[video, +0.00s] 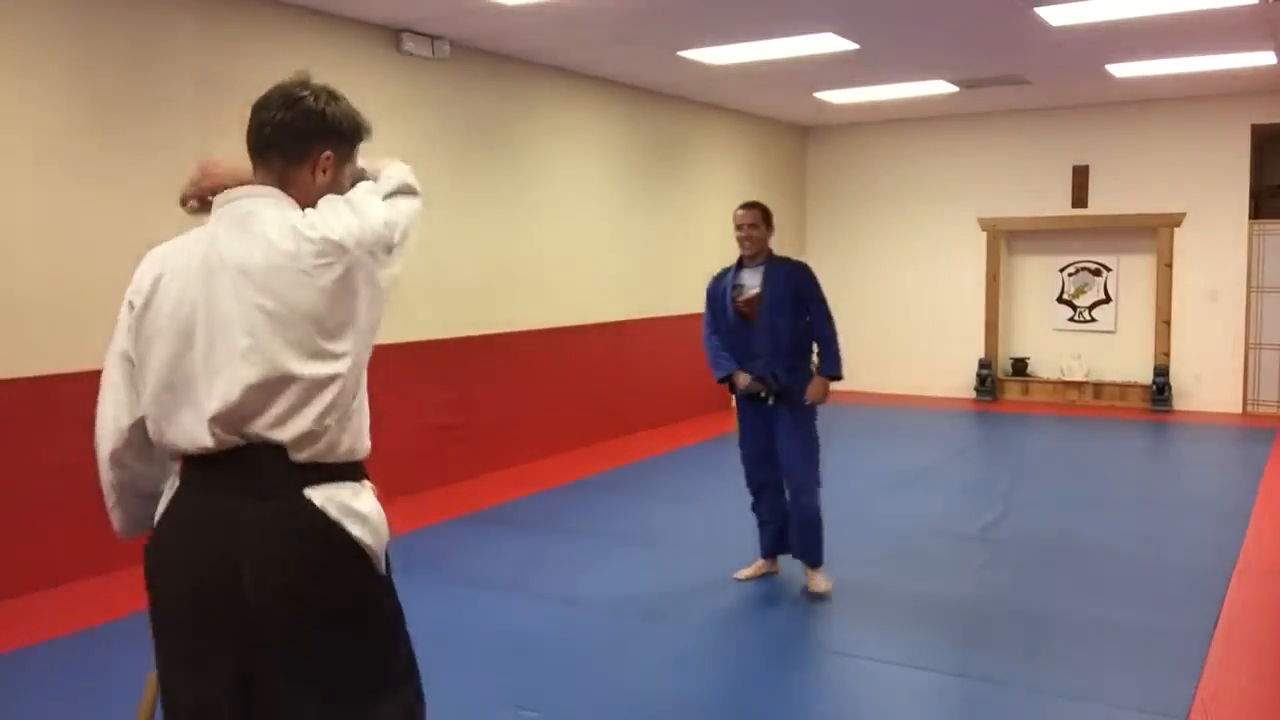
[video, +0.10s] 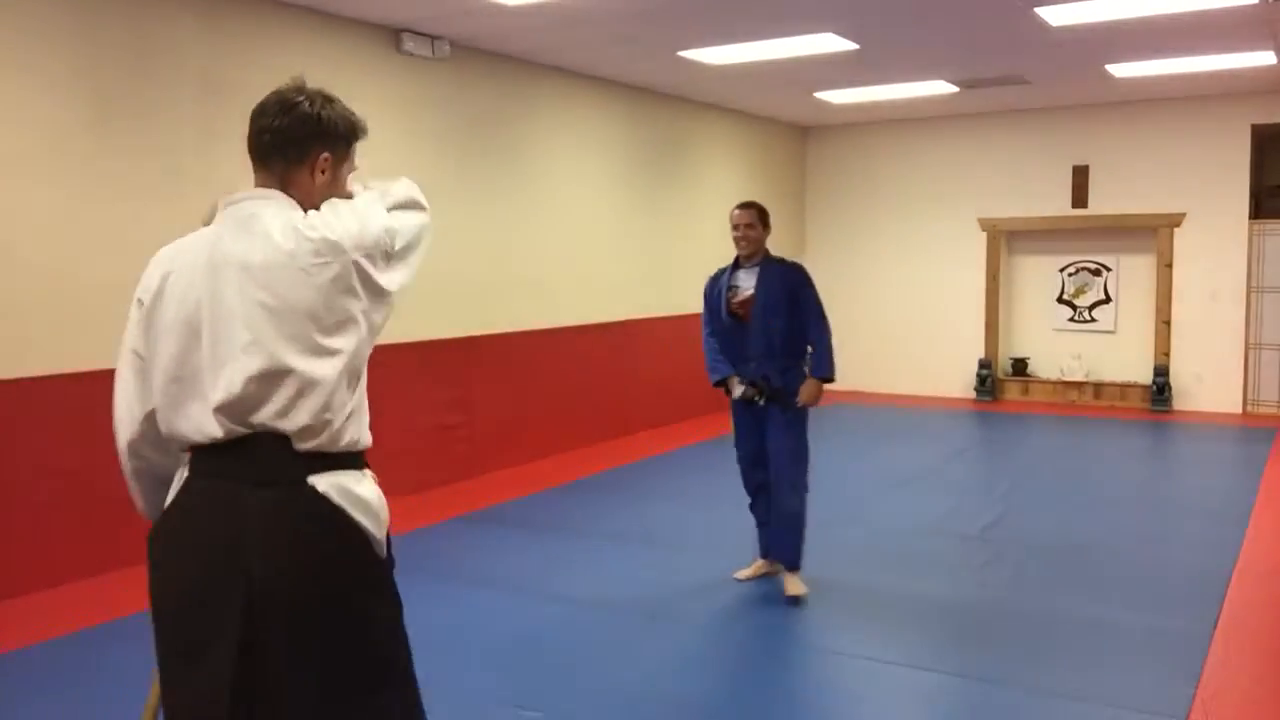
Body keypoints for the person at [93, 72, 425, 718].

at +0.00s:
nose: (348, 182)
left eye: (349, 167)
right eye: (350, 168)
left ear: (261, 153)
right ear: (323, 167)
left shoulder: (161, 266)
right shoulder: (337, 240)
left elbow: (121, 429)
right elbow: (399, 182)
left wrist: (142, 518)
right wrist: (245, 176)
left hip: (191, 529)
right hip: (315, 530)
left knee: (201, 706)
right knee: (367, 704)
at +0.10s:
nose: (346, 186)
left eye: (347, 172)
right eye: (345, 171)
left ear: (255, 161)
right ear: (321, 167)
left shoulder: (168, 266)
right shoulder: (337, 242)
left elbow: (137, 427)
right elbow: (408, 206)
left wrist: (177, 516)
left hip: (198, 520)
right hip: (320, 519)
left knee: (202, 703)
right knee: (353, 700)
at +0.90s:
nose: (394, 190)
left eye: (390, 178)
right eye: (389, 179)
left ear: (327, 190)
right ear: (371, 188)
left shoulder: (275, 271)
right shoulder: (397, 267)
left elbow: (273, 377)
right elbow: (451, 382)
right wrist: (439, 315)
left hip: (300, 460)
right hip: (383, 461)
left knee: (315, 628)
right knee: (394, 628)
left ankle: (321, 719)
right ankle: (392, 718)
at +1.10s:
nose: (390, 196)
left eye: (387, 184)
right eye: (383, 186)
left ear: (335, 197)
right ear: (356, 195)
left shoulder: (282, 269)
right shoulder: (375, 265)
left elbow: (294, 364)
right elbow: (424, 376)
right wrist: (461, 353)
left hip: (307, 437)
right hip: (373, 440)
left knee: (333, 600)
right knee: (396, 599)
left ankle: (343, 711)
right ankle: (404, 711)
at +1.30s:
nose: (390, 190)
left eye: (387, 178)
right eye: (383, 179)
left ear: (335, 193)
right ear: (357, 188)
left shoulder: (290, 262)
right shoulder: (372, 258)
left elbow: (287, 365)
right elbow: (413, 357)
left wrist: (370, 390)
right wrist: (493, 338)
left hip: (308, 433)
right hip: (370, 434)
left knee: (327, 591)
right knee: (420, 584)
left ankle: (340, 710)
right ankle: (413, 706)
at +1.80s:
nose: (429, 202)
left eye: (427, 191)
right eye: (423, 191)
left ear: (373, 199)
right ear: (402, 198)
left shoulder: (319, 262)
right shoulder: (405, 267)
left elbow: (294, 363)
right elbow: (431, 383)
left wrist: (325, 416)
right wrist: (498, 420)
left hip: (328, 422)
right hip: (385, 427)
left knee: (349, 572)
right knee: (407, 567)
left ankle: (334, 701)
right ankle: (406, 701)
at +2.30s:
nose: (404, 202)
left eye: (401, 192)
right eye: (395, 193)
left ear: (353, 202)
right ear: (369, 200)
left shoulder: (304, 262)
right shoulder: (373, 265)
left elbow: (286, 354)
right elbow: (400, 368)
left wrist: (321, 400)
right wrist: (451, 446)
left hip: (309, 426)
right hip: (361, 429)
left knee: (322, 567)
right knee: (389, 568)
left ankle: (316, 693)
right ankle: (391, 700)